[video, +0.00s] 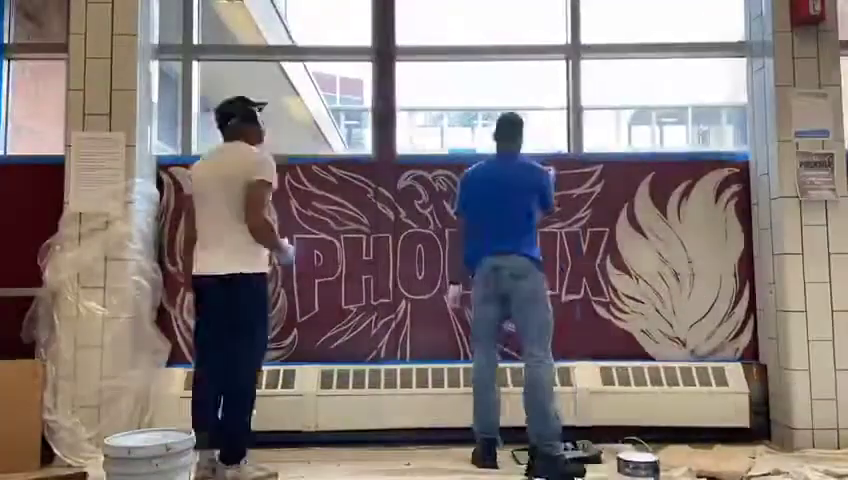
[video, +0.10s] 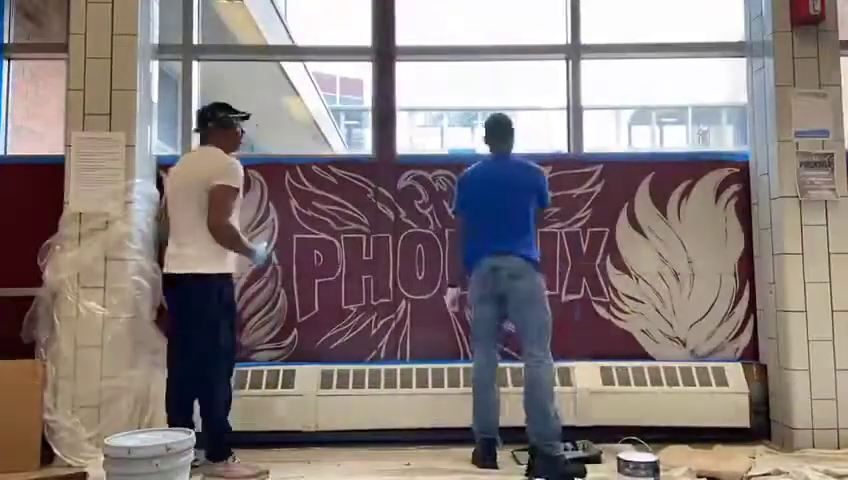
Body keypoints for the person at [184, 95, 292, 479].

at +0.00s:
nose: (263, 130)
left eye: (260, 123)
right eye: (259, 123)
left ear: (224, 128)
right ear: (250, 125)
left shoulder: (202, 165)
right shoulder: (258, 159)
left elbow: (190, 231)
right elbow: (256, 221)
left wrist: (189, 276)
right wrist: (281, 248)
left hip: (206, 277)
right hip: (243, 278)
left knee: (208, 365)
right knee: (243, 369)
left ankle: (203, 451)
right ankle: (233, 460)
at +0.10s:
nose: (240, 136)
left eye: (239, 129)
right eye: (236, 129)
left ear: (205, 130)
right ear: (219, 130)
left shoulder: (181, 166)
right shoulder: (227, 165)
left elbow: (165, 223)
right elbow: (218, 224)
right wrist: (253, 252)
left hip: (178, 277)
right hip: (210, 279)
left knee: (183, 368)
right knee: (217, 369)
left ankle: (182, 454)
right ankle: (219, 457)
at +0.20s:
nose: (248, 136)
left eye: (248, 129)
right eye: (246, 129)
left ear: (213, 124)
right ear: (233, 124)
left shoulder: (181, 165)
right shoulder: (242, 164)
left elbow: (168, 224)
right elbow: (238, 226)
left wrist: (170, 272)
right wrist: (263, 253)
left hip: (189, 281)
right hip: (222, 283)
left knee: (199, 369)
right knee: (214, 374)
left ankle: (182, 453)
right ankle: (199, 463)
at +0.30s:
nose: (218, 135)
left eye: (216, 128)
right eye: (213, 128)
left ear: (180, 128)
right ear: (197, 127)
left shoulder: (153, 166)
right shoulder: (202, 161)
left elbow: (141, 230)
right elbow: (195, 221)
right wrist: (228, 243)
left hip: (152, 280)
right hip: (187, 281)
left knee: (157, 376)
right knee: (196, 375)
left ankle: (155, 461)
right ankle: (198, 462)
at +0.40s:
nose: (220, 129)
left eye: (218, 123)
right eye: (215, 123)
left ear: (182, 126)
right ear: (194, 125)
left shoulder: (159, 163)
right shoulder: (198, 160)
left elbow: (149, 234)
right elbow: (192, 221)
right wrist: (234, 242)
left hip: (161, 278)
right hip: (190, 279)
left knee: (162, 370)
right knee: (197, 369)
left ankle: (154, 457)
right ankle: (199, 461)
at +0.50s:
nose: (264, 132)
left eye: (264, 125)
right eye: (259, 125)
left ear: (245, 126)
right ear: (241, 125)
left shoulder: (242, 164)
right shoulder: (225, 162)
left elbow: (231, 225)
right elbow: (205, 226)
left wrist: (264, 259)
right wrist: (262, 245)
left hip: (244, 281)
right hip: (226, 283)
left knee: (257, 362)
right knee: (224, 367)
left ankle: (239, 446)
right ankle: (209, 459)